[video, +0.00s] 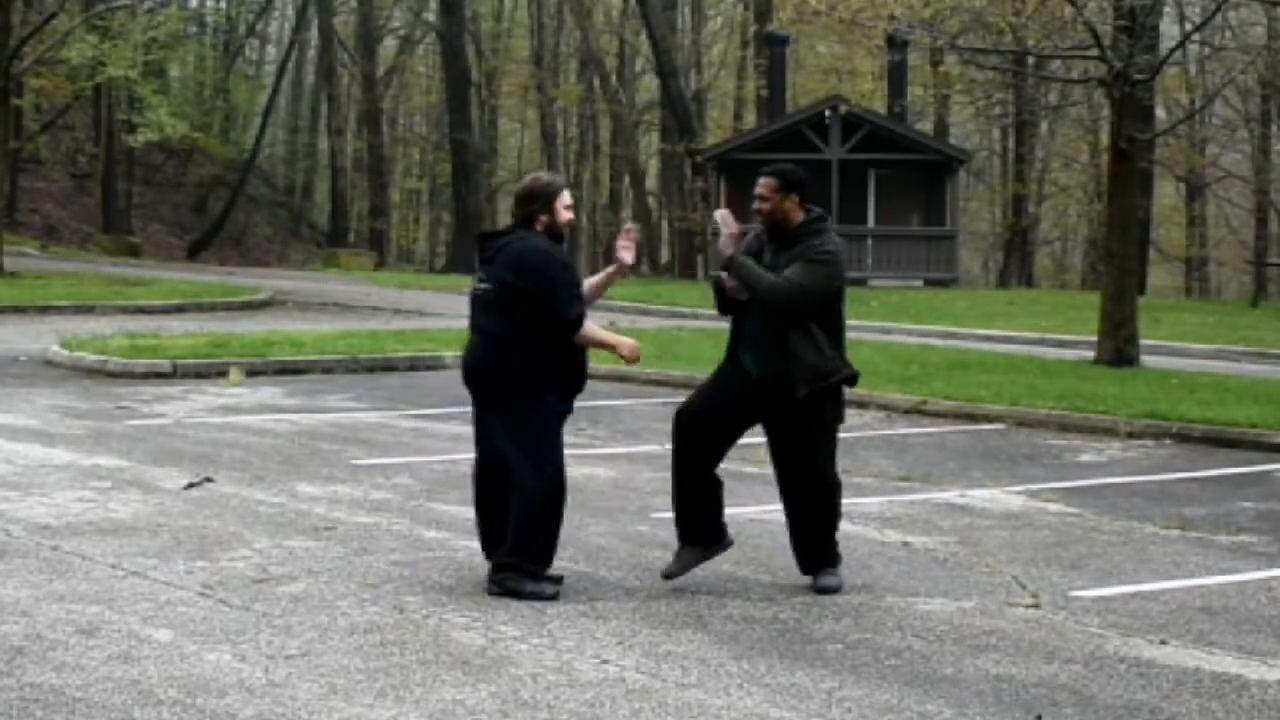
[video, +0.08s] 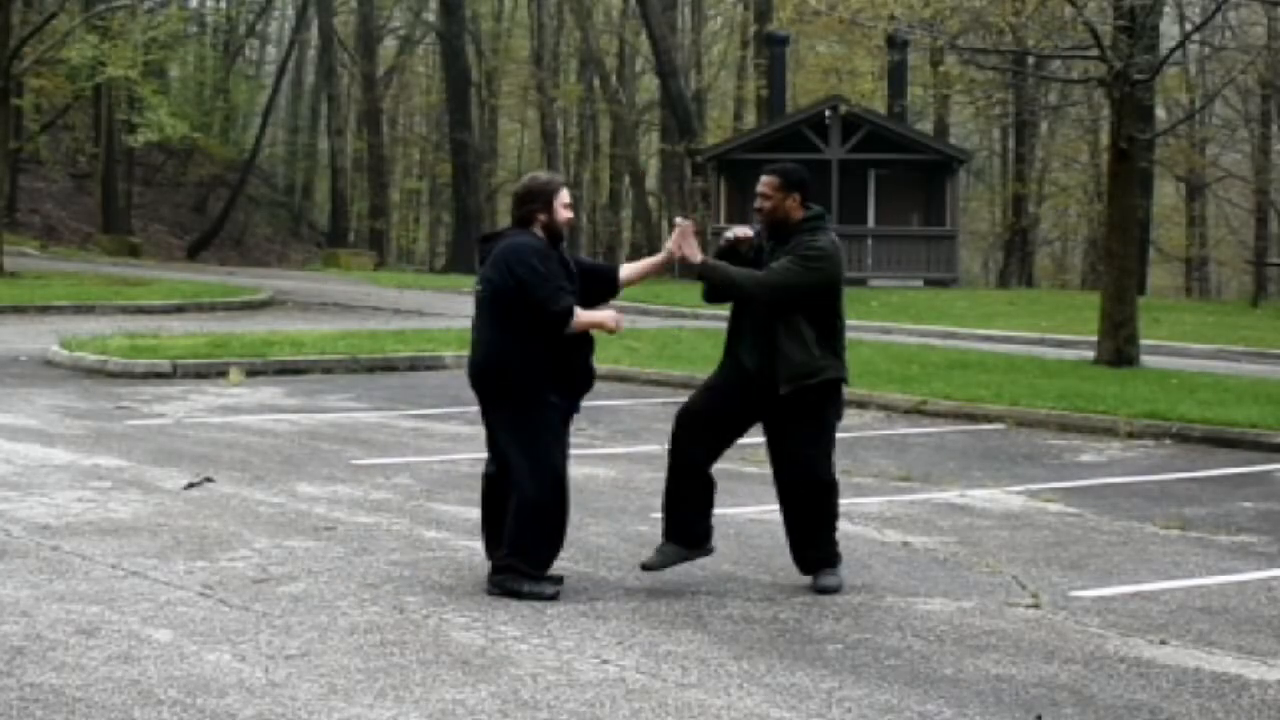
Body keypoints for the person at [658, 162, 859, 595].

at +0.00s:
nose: (757, 207)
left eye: (765, 200)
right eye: (756, 199)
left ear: (793, 202)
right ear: (760, 202)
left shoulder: (823, 251)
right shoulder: (758, 241)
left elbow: (782, 293)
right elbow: (732, 306)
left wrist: (733, 258)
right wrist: (727, 285)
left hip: (806, 384)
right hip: (748, 376)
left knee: (809, 477)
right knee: (692, 426)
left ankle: (823, 564)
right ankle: (702, 536)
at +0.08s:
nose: (758, 206)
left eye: (766, 199)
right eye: (757, 197)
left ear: (794, 201)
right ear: (770, 201)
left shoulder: (820, 250)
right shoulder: (762, 242)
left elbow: (765, 286)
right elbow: (722, 287)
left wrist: (702, 266)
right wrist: (733, 251)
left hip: (805, 383)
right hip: (749, 375)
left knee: (807, 474)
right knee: (692, 428)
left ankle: (823, 564)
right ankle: (687, 538)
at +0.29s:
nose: (750, 203)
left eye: (758, 197)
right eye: (750, 195)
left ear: (786, 200)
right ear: (756, 197)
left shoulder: (813, 251)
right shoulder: (743, 233)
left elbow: (775, 298)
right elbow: (689, 240)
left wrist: (720, 284)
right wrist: (693, 196)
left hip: (790, 389)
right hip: (730, 385)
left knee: (801, 480)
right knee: (694, 473)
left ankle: (823, 565)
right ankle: (671, 567)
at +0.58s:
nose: (763, 200)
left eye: (771, 193)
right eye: (762, 192)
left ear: (799, 198)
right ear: (764, 194)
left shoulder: (830, 248)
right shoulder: (750, 229)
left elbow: (822, 308)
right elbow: (693, 232)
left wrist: (751, 311)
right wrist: (703, 179)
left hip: (802, 383)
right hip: (747, 376)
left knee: (801, 473)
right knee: (707, 471)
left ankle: (849, 564)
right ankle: (673, 567)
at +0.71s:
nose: (778, 195)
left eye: (787, 188)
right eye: (778, 187)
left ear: (815, 192)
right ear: (790, 191)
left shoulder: (851, 244)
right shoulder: (772, 232)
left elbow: (848, 311)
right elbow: (713, 247)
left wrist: (787, 344)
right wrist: (716, 195)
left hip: (830, 382)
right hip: (774, 377)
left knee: (832, 479)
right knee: (735, 469)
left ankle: (848, 568)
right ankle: (701, 563)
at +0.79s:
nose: (784, 195)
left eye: (792, 188)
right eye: (783, 188)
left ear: (822, 193)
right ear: (788, 194)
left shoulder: (858, 245)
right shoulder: (778, 237)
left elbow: (858, 312)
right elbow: (728, 268)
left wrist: (803, 349)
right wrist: (733, 224)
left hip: (842, 383)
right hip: (781, 379)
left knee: (844, 479)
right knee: (750, 460)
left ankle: (847, 568)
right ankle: (748, 561)